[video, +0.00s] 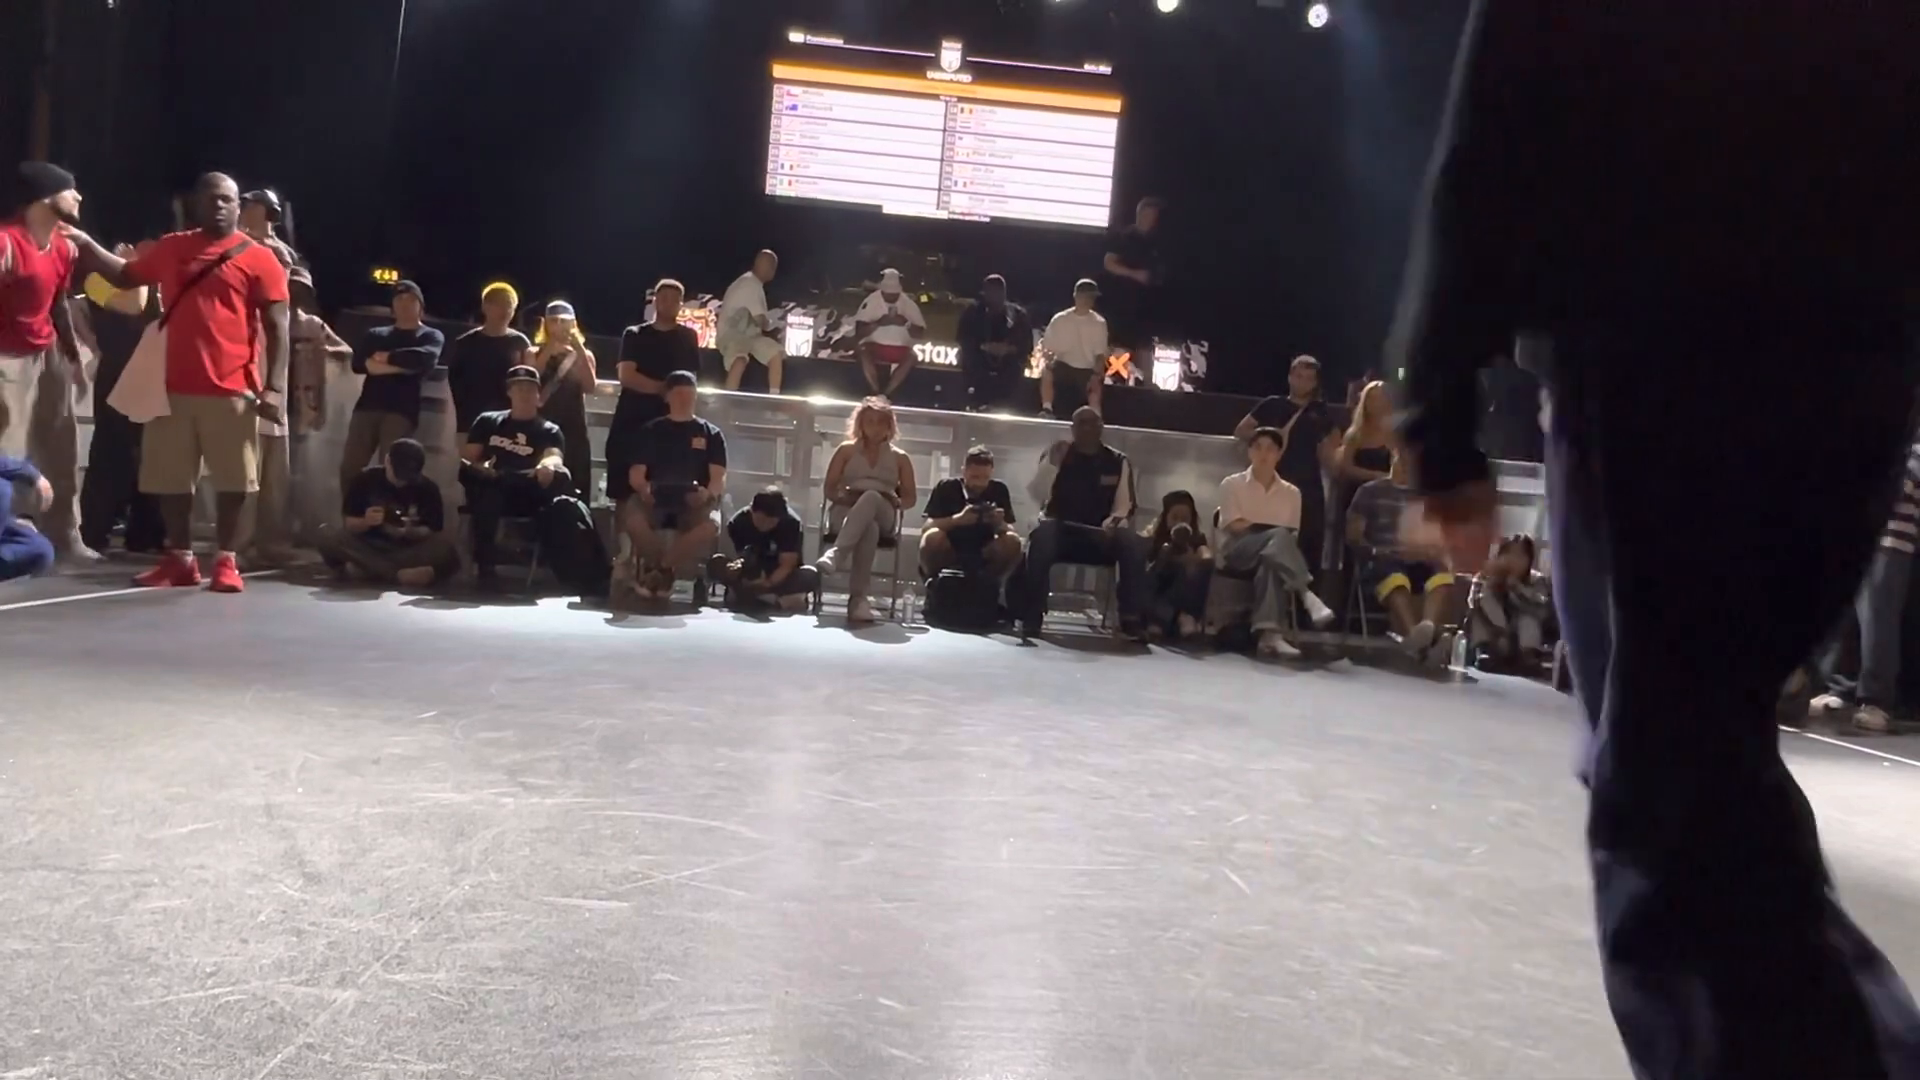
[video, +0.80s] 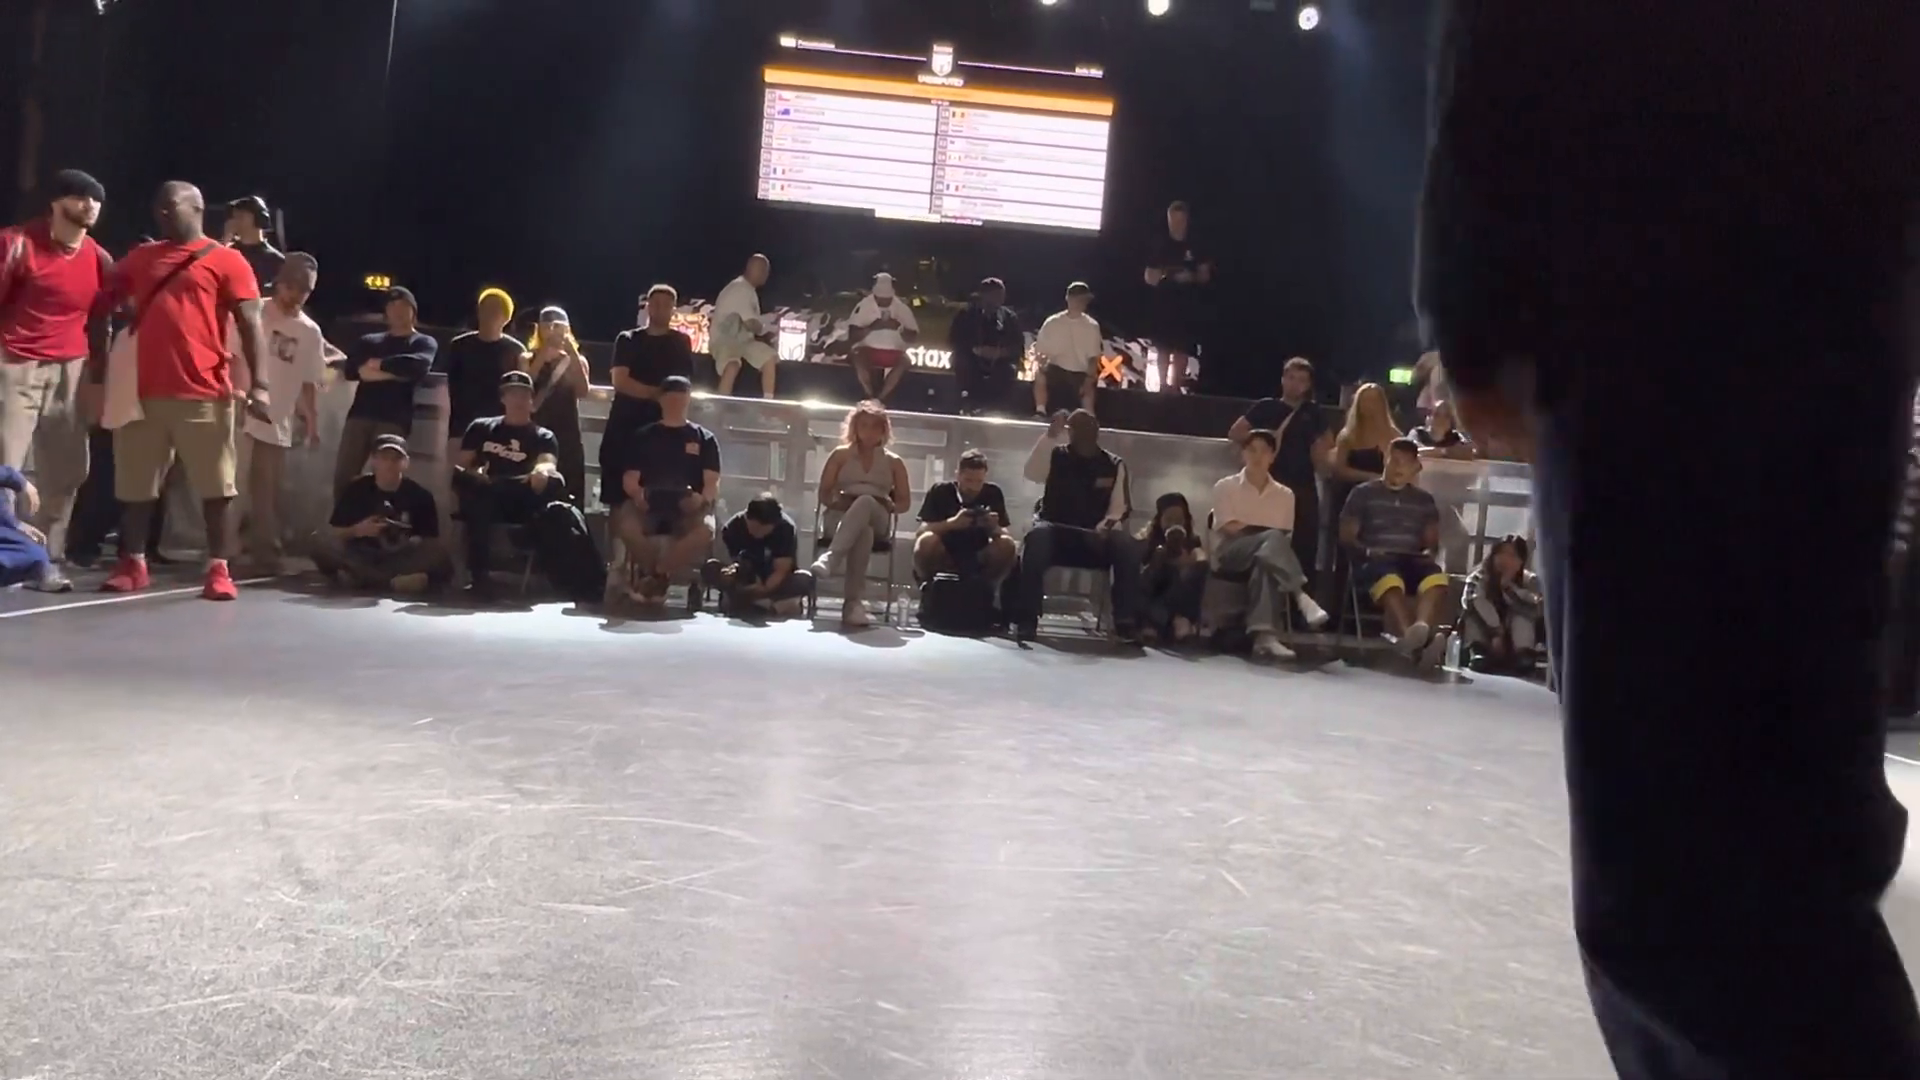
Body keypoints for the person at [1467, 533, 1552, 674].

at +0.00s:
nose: (1513, 562)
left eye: (1520, 557)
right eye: (1508, 556)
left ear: (1529, 561)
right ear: (1499, 559)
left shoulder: (1539, 583)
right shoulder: (1486, 583)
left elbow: (1543, 610)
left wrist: (1516, 587)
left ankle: (1529, 654)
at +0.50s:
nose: (1511, 561)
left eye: (1518, 557)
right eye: (1507, 555)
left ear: (1528, 562)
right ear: (1499, 558)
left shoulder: (1537, 582)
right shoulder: (1484, 579)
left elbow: (1541, 609)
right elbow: (1478, 603)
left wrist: (1514, 587)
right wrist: (1500, 628)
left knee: (1526, 618)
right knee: (1479, 616)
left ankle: (1530, 659)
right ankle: (1482, 656)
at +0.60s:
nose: (1509, 561)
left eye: (1516, 557)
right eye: (1505, 555)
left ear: (1526, 563)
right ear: (1497, 558)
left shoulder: (1534, 581)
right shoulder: (1483, 578)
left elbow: (1539, 609)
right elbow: (1478, 602)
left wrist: (1512, 587)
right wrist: (1499, 631)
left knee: (1525, 619)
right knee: (1476, 618)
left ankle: (1527, 657)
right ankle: (1481, 655)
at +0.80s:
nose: (1504, 560)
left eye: (1512, 556)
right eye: (1500, 554)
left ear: (1521, 562)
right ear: (1493, 557)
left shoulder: (1530, 580)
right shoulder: (1478, 577)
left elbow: (1536, 608)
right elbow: (1473, 602)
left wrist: (1510, 588)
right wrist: (1495, 630)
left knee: (1523, 613)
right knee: (1473, 615)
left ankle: (1524, 654)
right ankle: (1477, 653)